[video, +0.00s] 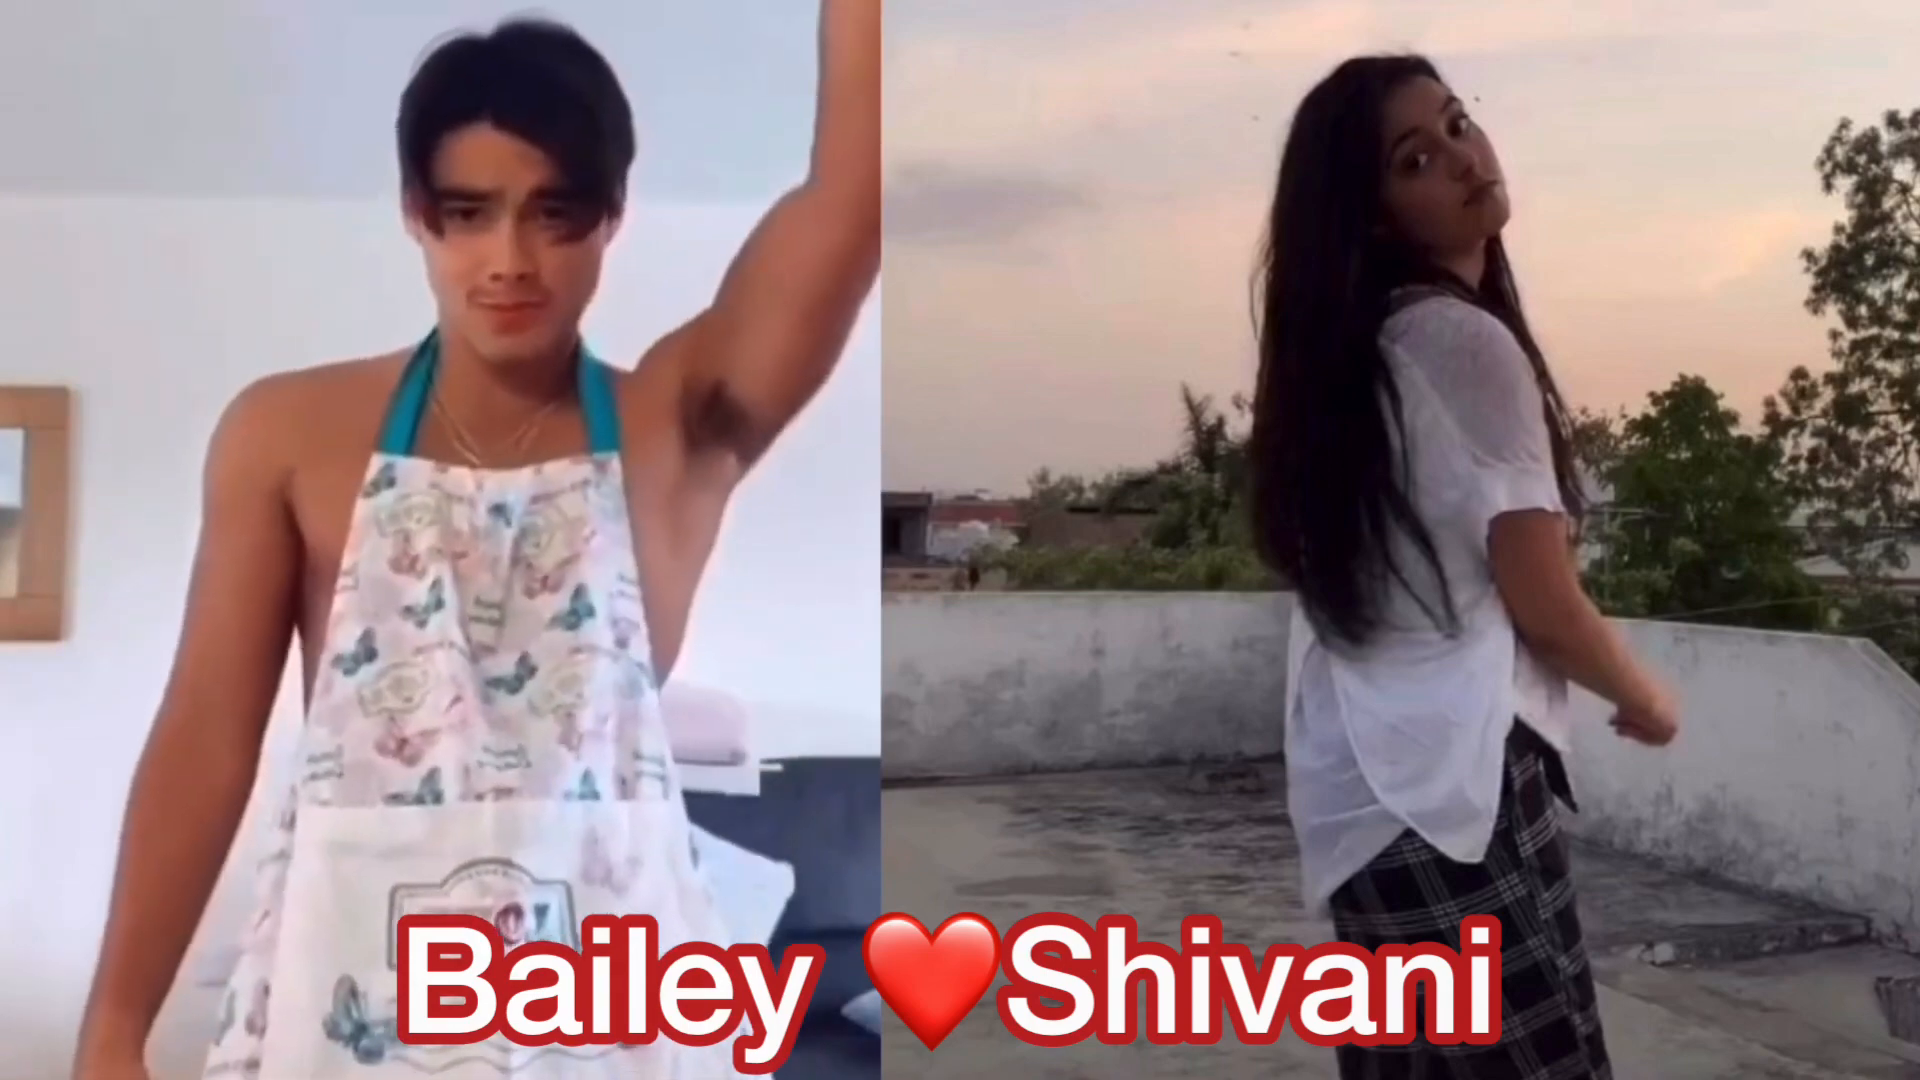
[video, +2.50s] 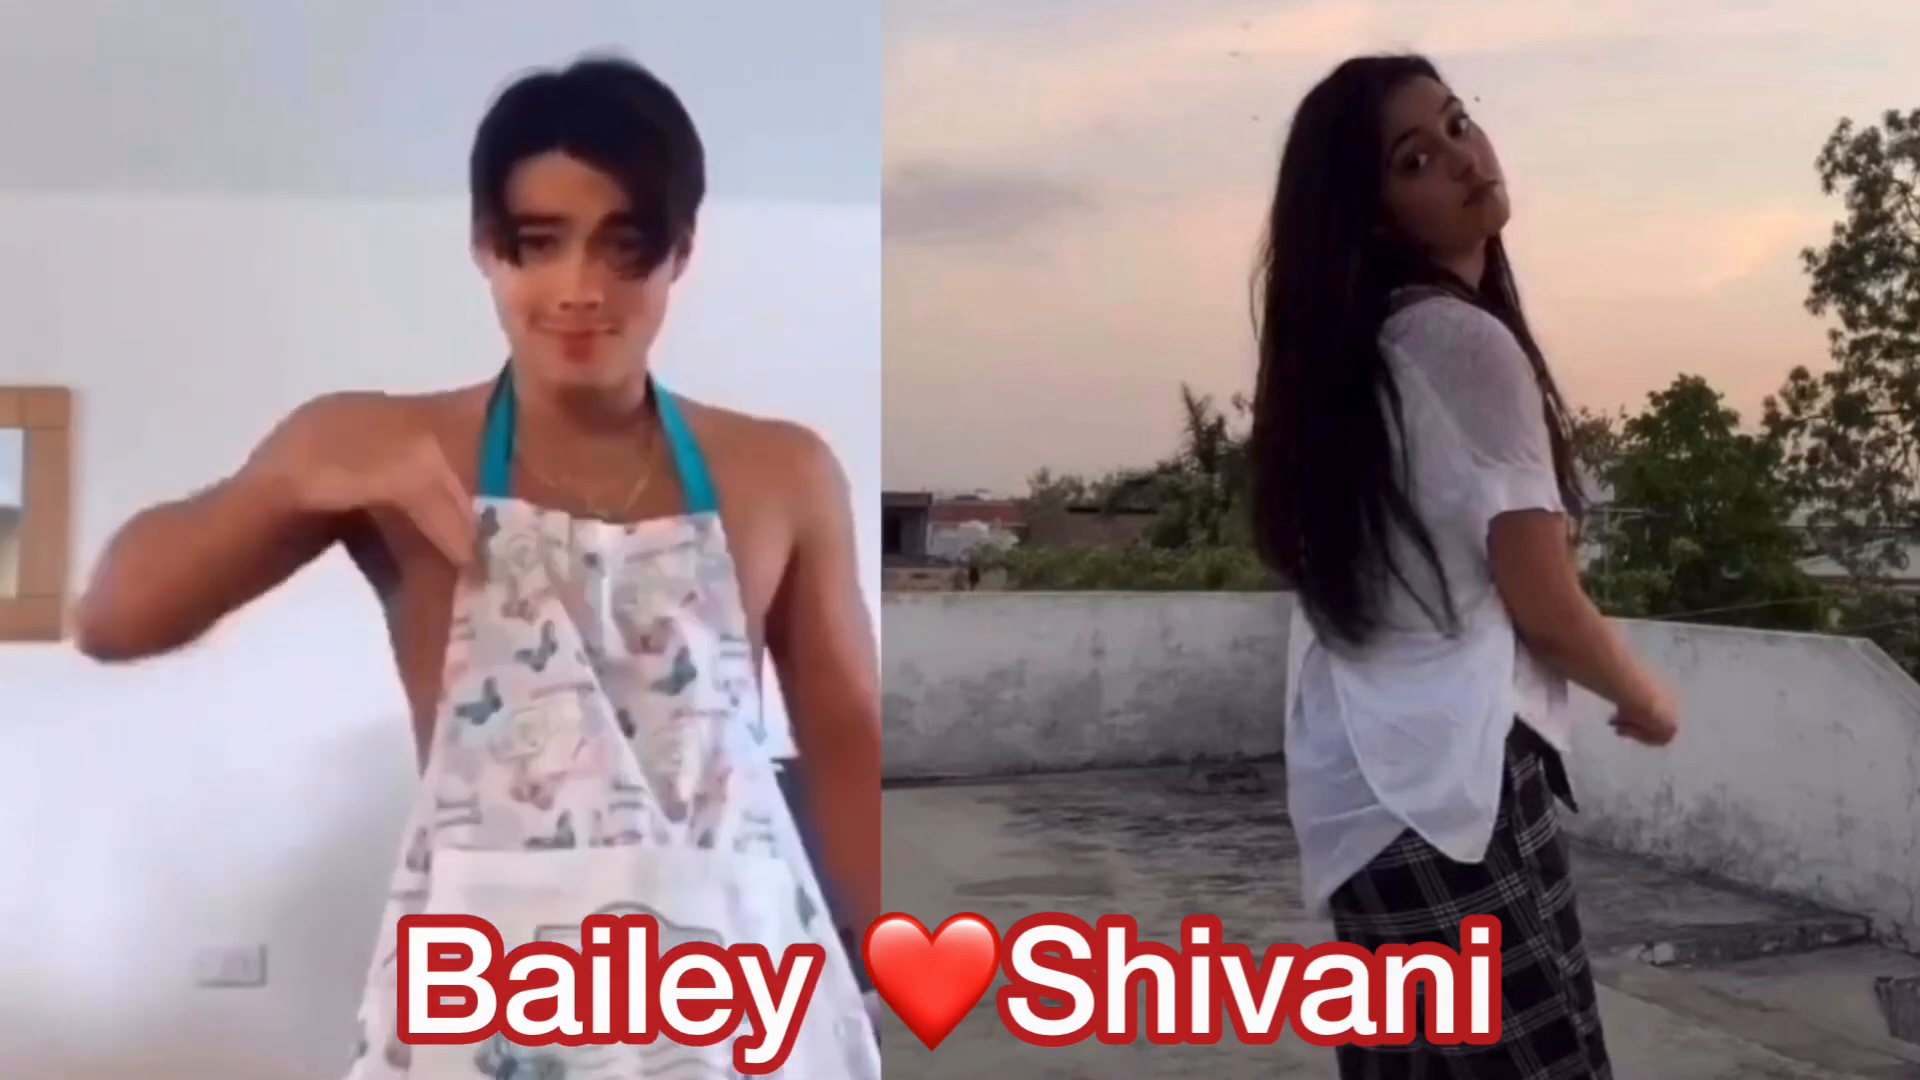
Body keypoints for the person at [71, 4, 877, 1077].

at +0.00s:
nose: (509, 263)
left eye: (555, 215)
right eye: (467, 214)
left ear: (612, 220)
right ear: (418, 219)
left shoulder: (686, 425)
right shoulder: (288, 433)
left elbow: (849, 202)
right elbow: (203, 743)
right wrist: (115, 1031)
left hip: (610, 998)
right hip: (344, 992)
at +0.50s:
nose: (572, 278)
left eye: (617, 227)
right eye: (525, 231)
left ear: (682, 220)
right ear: (479, 235)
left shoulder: (767, 391)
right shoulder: (394, 391)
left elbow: (910, 106)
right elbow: (282, 676)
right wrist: (148, 940)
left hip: (604, 966)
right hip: (324, 938)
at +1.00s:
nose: (600, 356)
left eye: (649, 309)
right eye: (553, 305)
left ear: (705, 322)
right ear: (498, 310)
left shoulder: (783, 444)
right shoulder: (388, 574)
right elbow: (368, 918)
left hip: (824, 1036)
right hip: (576, 1051)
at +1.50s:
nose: (478, 341)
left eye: (524, 299)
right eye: (439, 293)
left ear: (577, 299)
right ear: (387, 292)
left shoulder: (620, 424)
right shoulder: (287, 446)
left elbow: (813, 241)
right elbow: (209, 762)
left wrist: (857, 3)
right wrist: (236, 1049)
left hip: (608, 1002)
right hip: (383, 1012)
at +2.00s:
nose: (424, 298)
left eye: (470, 257)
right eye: (386, 252)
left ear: (535, 265)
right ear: (343, 262)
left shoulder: (626, 506)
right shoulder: (223, 450)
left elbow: (699, 778)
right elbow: (27, 594)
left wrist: (822, 948)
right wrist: (292, 498)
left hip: (477, 991)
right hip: (242, 970)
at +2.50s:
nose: (578, 291)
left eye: (624, 246)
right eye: (533, 245)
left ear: (682, 258)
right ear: (486, 255)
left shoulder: (784, 474)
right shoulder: (384, 453)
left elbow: (845, 759)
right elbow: (110, 621)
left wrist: (861, 990)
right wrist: (295, 476)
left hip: (745, 983)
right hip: (488, 996)